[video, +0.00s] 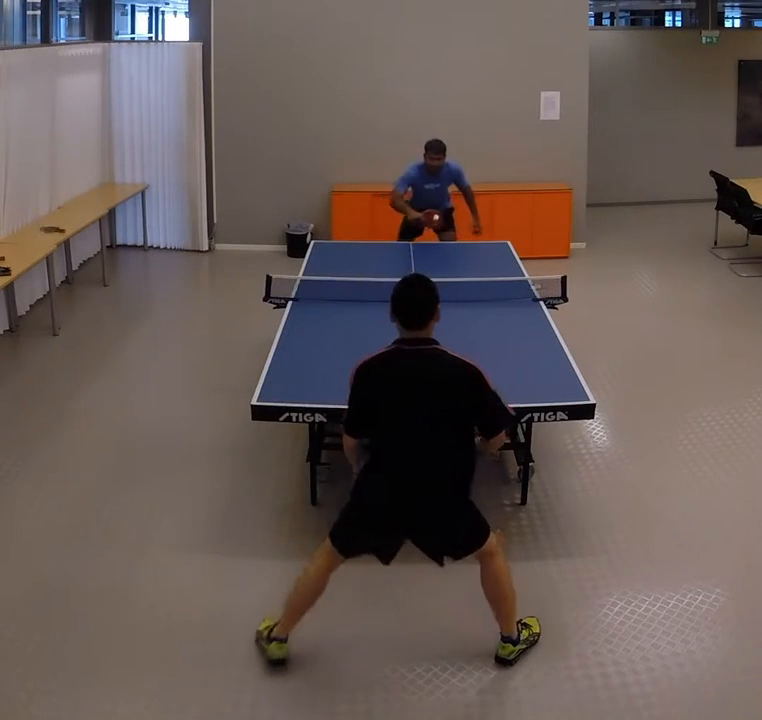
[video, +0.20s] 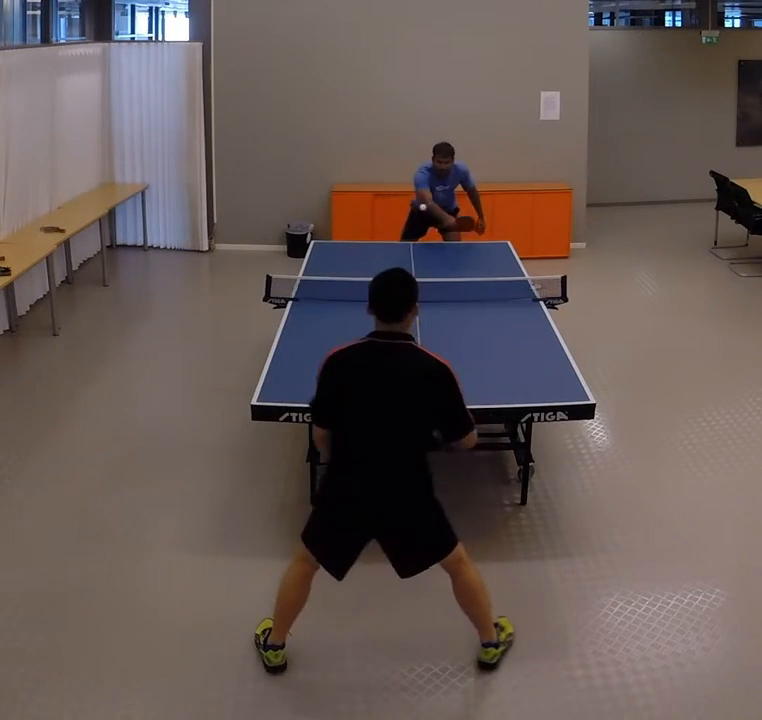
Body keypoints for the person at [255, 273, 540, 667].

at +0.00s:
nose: (438, 311)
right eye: (438, 306)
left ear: (393, 315)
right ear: (437, 314)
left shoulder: (369, 372)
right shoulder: (463, 373)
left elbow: (351, 440)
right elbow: (498, 431)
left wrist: (362, 476)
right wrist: (484, 446)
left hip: (379, 498)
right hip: (443, 500)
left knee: (326, 558)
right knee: (489, 551)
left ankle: (279, 636)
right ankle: (511, 638)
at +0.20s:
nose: (415, 309)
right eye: (415, 305)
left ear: (370, 309)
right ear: (413, 310)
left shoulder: (338, 362)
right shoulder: (433, 369)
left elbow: (320, 436)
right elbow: (466, 439)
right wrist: (431, 427)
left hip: (346, 492)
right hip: (407, 494)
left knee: (305, 564)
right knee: (458, 566)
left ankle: (274, 643)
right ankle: (490, 640)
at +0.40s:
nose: (401, 314)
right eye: (404, 308)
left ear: (362, 314)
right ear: (406, 314)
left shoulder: (335, 370)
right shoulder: (429, 372)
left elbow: (308, 435)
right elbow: (468, 413)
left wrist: (303, 471)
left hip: (340, 501)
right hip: (403, 502)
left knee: (302, 561)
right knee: (450, 565)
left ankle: (273, 643)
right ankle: (476, 648)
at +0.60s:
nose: (387, 312)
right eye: (389, 308)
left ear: (344, 312)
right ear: (388, 314)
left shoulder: (320, 371)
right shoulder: (413, 369)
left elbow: (294, 439)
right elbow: (437, 412)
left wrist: (278, 473)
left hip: (333, 502)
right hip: (398, 500)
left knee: (297, 565)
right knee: (444, 567)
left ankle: (274, 644)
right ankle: (476, 648)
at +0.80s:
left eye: (333, 300)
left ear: (334, 306)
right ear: (378, 309)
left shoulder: (315, 369)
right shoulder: (394, 356)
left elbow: (295, 449)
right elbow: (386, 421)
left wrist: (274, 483)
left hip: (335, 495)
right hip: (394, 489)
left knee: (297, 568)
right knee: (439, 568)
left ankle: (273, 644)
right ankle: (476, 648)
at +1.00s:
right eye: (398, 298)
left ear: (355, 295)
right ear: (399, 302)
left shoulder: (313, 346)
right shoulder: (408, 352)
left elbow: (292, 416)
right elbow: (459, 409)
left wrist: (289, 469)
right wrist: (490, 429)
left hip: (326, 484)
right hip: (388, 484)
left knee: (297, 566)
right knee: (432, 563)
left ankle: (273, 643)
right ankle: (468, 635)